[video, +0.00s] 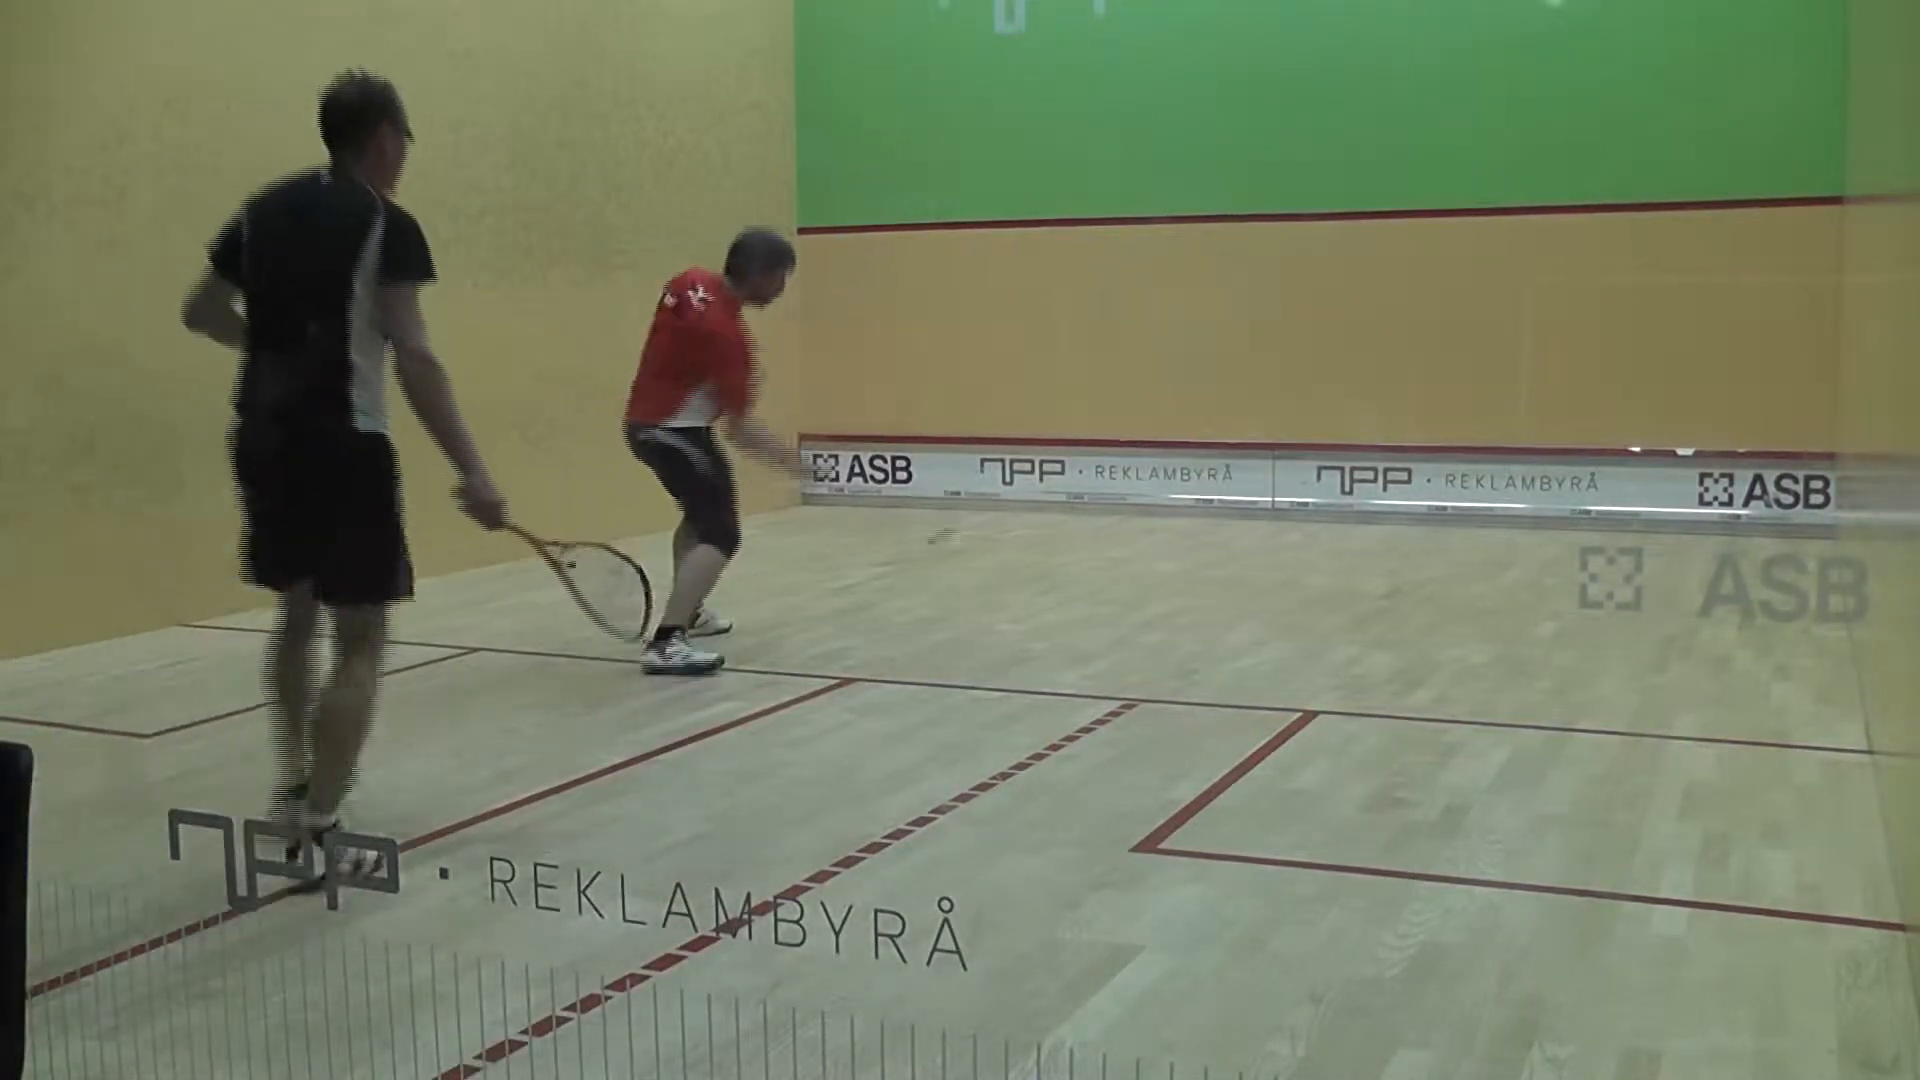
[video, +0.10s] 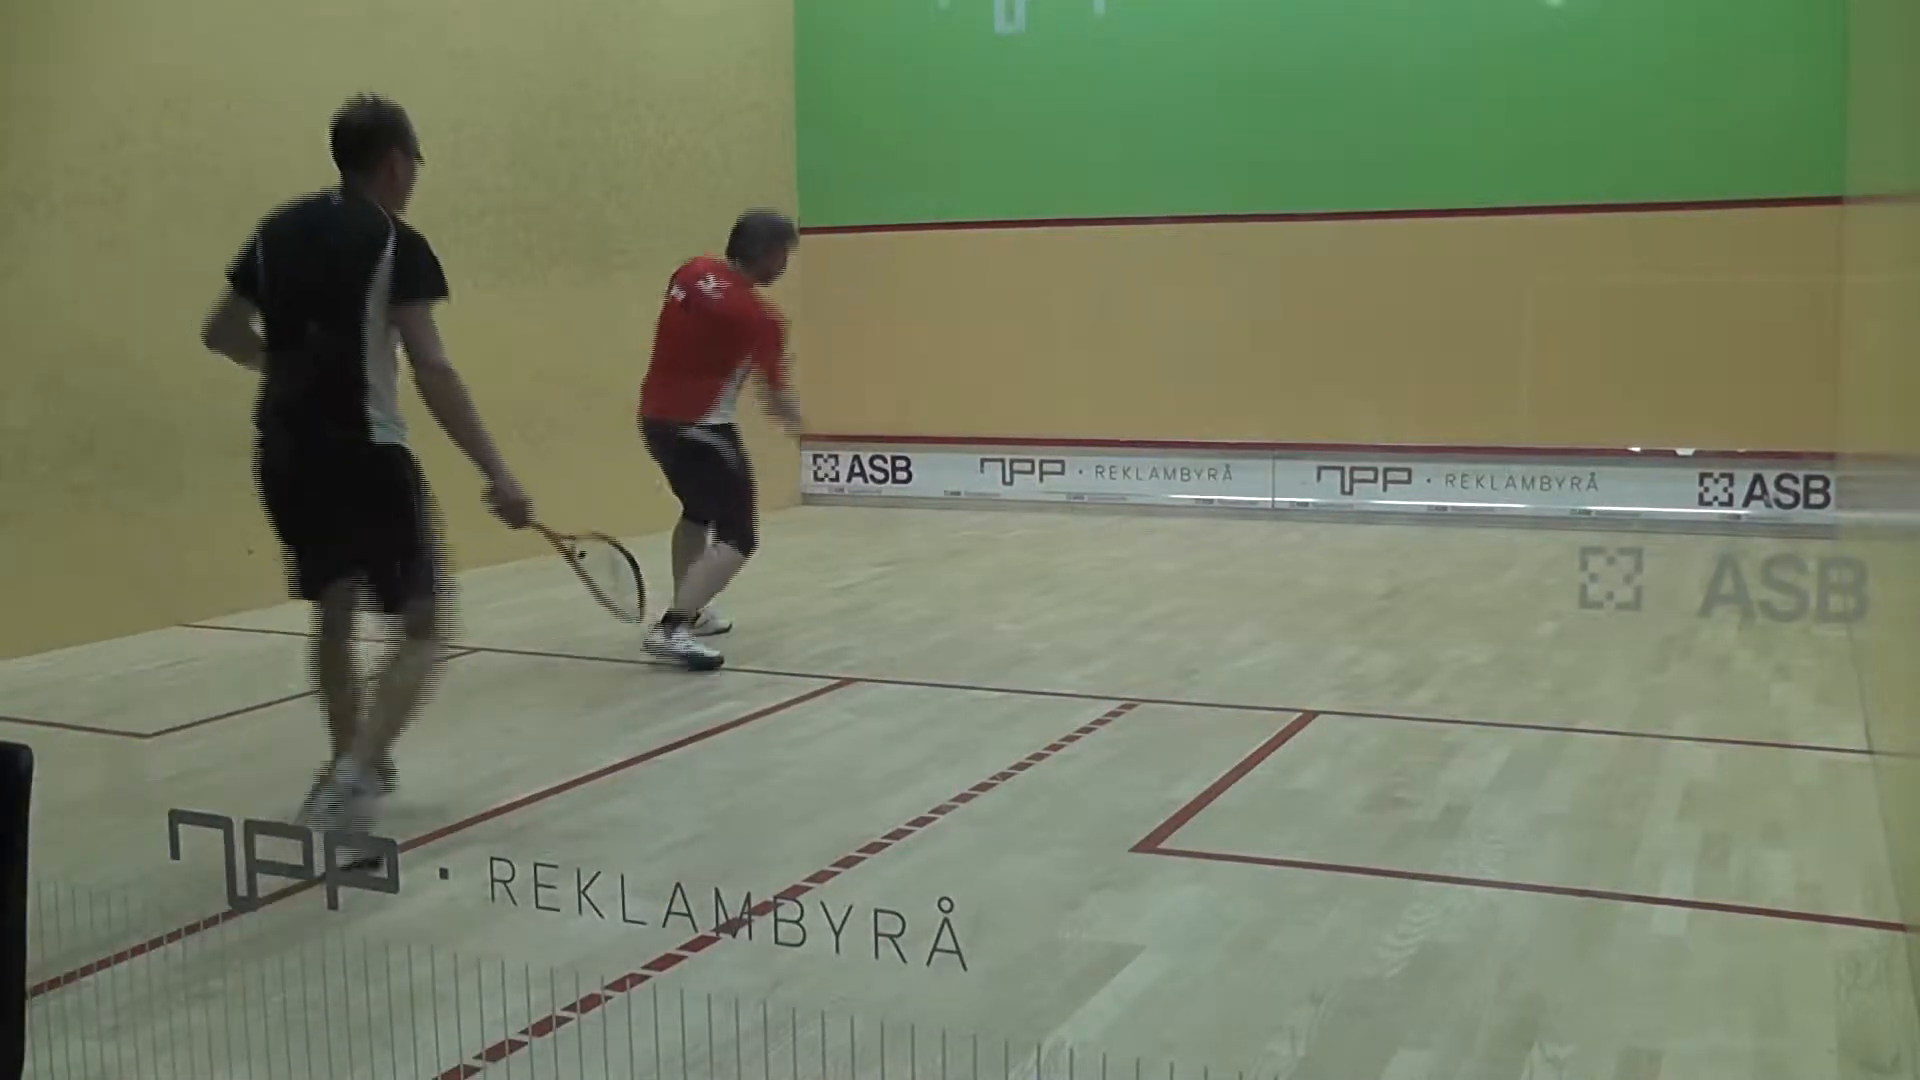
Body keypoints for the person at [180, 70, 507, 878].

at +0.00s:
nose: (407, 155)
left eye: (405, 140)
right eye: (404, 140)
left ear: (332, 140)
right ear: (383, 140)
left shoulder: (268, 210)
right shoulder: (387, 225)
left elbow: (203, 309)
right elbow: (414, 357)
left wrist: (275, 345)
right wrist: (472, 472)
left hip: (265, 448)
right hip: (350, 452)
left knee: (296, 614)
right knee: (359, 639)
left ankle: (300, 781)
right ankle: (318, 819)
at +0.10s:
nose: (414, 177)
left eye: (413, 162)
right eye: (410, 162)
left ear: (343, 162)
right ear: (390, 164)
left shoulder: (281, 230)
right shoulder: (397, 245)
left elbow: (223, 330)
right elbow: (432, 371)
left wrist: (291, 362)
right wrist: (496, 472)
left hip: (288, 458)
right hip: (368, 455)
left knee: (334, 609)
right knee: (423, 626)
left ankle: (346, 768)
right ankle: (355, 780)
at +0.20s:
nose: (430, 200)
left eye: (428, 186)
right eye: (424, 186)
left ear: (364, 190)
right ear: (400, 190)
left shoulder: (307, 256)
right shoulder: (412, 268)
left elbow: (256, 361)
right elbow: (450, 384)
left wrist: (324, 395)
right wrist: (517, 472)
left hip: (318, 467)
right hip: (394, 467)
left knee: (374, 596)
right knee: (498, 587)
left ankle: (359, 761)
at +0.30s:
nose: (445, 195)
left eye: (443, 182)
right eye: (439, 183)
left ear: (380, 189)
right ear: (418, 188)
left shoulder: (324, 255)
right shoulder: (430, 261)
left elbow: (284, 363)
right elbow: (467, 379)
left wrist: (348, 394)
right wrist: (522, 463)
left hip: (340, 462)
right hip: (415, 458)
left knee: (384, 595)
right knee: (502, 583)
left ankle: (360, 756)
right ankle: (533, 743)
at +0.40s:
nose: (465, 211)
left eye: (461, 199)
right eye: (461, 200)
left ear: (400, 208)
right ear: (446, 206)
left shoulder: (351, 273)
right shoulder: (463, 277)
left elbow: (316, 383)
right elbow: (500, 387)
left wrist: (378, 401)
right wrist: (541, 466)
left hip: (367, 476)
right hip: (449, 473)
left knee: (372, 600)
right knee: (523, 599)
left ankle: (367, 747)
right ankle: (566, 745)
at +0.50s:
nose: (467, 221)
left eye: (463, 212)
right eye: (464, 212)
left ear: (402, 221)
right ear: (453, 217)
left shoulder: (353, 282)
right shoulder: (473, 288)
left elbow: (324, 394)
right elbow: (520, 394)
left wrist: (377, 414)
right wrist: (534, 468)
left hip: (367, 480)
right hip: (450, 476)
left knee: (352, 597)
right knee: (530, 598)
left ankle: (368, 734)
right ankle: (562, 745)